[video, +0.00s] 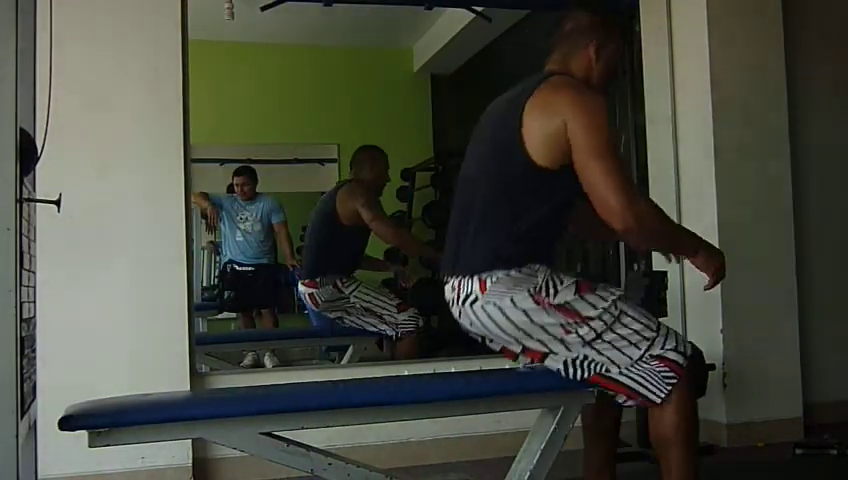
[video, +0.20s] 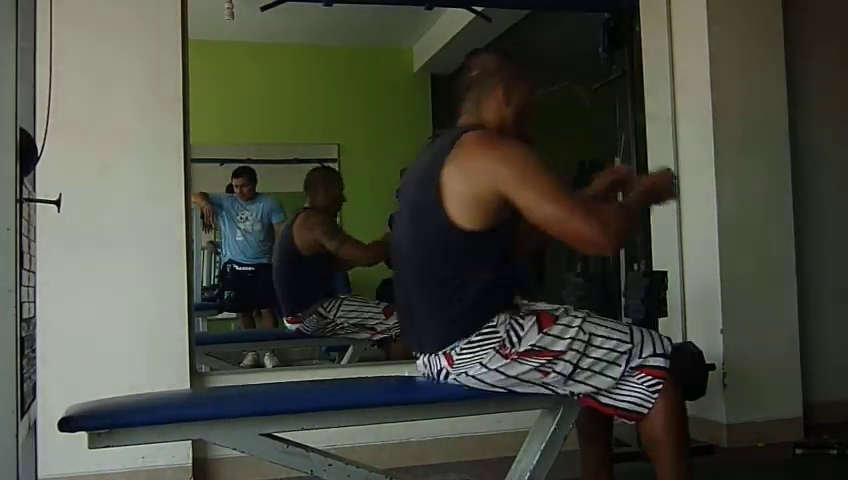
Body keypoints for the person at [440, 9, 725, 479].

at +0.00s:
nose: (610, 78)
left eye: (615, 67)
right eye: (613, 64)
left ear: (561, 50)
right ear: (595, 52)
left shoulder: (522, 99)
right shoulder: (574, 100)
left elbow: (584, 219)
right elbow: (624, 216)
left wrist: (654, 238)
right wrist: (693, 247)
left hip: (476, 288)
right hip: (509, 289)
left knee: (610, 364)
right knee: (674, 368)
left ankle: (598, 472)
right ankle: (679, 473)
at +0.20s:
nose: (528, 112)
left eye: (528, 100)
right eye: (524, 98)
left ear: (471, 97)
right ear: (503, 97)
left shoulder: (443, 154)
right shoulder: (495, 155)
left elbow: (518, 236)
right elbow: (601, 236)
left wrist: (591, 197)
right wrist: (642, 195)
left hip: (441, 346)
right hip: (481, 343)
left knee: (593, 347)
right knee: (654, 365)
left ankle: (597, 472)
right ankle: (675, 472)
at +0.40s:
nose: (426, 124)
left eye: (428, 113)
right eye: (424, 112)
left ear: (366, 109)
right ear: (400, 110)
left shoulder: (342, 181)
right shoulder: (405, 173)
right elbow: (532, 197)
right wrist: (524, 111)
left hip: (425, 349)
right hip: (462, 344)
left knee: (585, 351)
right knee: (642, 360)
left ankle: (600, 470)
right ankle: (675, 471)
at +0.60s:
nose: (348, 159)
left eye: (345, 146)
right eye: (341, 147)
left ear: (279, 156)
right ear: (313, 150)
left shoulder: (274, 232)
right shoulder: (325, 215)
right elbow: (449, 152)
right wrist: (368, 83)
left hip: (431, 350)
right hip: (463, 344)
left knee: (571, 351)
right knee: (633, 365)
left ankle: (626, 464)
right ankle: (694, 469)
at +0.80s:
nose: (272, 239)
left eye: (267, 229)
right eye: (258, 231)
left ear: (217, 250)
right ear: (226, 245)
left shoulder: (246, 307)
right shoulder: (259, 306)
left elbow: (318, 187)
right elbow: (332, 172)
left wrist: (205, 178)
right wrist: (214, 158)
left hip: (448, 327)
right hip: (455, 339)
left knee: (592, 357)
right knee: (624, 355)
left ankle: (656, 455)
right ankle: (733, 432)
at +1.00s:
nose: (192, 261)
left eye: (182, 256)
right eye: (177, 261)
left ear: (160, 300)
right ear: (170, 293)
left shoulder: (222, 334)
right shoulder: (226, 342)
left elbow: (199, 199)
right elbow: (197, 192)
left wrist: (111, 284)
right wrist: (110, 282)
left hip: (437, 322)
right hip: (451, 340)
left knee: (587, 341)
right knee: (615, 358)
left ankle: (678, 421)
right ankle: (737, 390)